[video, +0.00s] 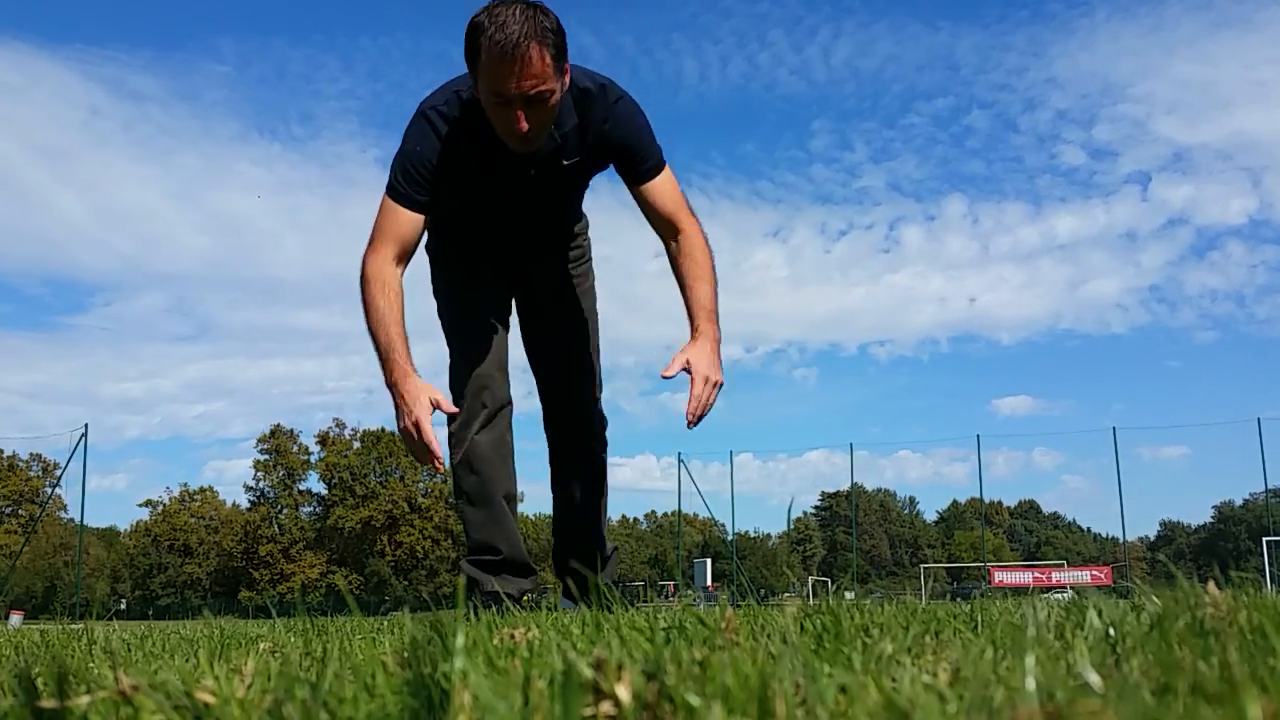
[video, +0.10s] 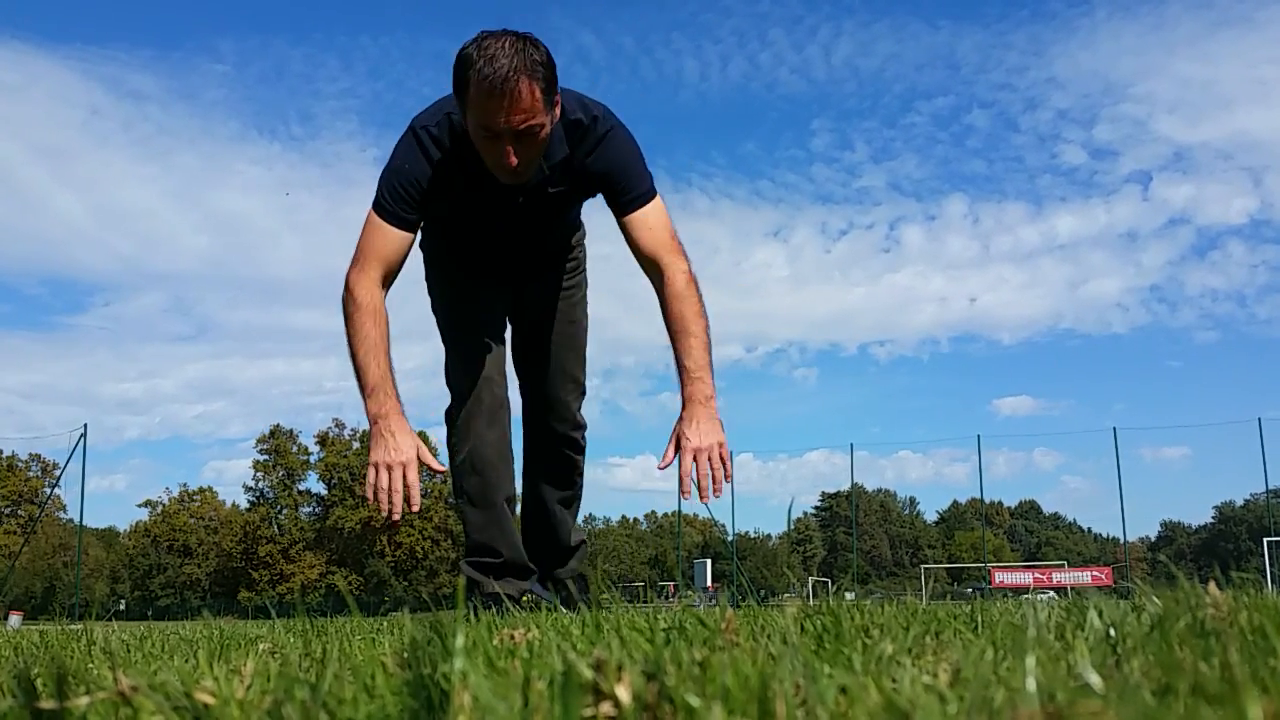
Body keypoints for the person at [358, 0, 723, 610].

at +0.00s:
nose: (520, 121)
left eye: (535, 101)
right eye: (502, 103)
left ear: (564, 76)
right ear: (476, 80)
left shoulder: (604, 110)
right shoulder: (440, 124)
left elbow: (680, 228)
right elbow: (381, 259)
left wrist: (706, 336)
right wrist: (401, 379)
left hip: (556, 248)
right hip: (466, 255)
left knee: (577, 407)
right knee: (482, 400)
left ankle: (588, 583)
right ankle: (498, 590)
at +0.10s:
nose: (509, 154)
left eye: (525, 134)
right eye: (490, 136)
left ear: (554, 110)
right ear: (463, 112)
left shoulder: (596, 136)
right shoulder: (427, 145)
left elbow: (670, 267)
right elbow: (363, 282)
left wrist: (701, 405)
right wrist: (384, 420)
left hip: (551, 259)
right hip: (463, 264)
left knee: (559, 412)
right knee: (479, 407)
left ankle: (559, 577)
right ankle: (497, 584)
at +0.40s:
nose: (501, 279)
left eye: (518, 259)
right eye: (482, 261)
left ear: (546, 227)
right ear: (453, 234)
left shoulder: (585, 243)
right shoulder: (414, 234)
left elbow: (631, 399)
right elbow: (343, 368)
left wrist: (638, 554)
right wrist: (342, 522)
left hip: (548, 295)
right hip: (450, 290)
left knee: (523, 420)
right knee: (460, 415)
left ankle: (495, 566)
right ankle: (493, 580)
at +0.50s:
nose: (502, 317)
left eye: (521, 297)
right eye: (484, 298)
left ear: (552, 265)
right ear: (457, 268)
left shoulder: (588, 279)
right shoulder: (414, 266)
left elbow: (629, 442)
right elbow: (350, 406)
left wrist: (639, 602)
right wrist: (350, 562)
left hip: (550, 320)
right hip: (451, 312)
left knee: (515, 432)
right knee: (440, 426)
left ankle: (476, 578)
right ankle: (494, 579)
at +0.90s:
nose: (519, 300)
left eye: (541, 277)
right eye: (500, 274)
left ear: (575, 261)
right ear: (476, 253)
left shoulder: (620, 292)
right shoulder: (427, 298)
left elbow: (652, 451)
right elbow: (372, 446)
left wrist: (648, 608)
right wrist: (348, 614)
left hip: (561, 374)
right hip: (469, 367)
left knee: (517, 488)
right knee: (379, 437)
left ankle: (480, 593)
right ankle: (477, 580)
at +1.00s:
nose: (516, 300)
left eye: (538, 275)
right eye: (496, 274)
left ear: (572, 260)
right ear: (471, 254)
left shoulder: (618, 289)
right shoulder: (423, 300)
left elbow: (656, 453)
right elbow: (368, 453)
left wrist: (649, 610)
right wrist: (344, 616)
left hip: (559, 382)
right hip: (465, 375)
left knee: (514, 494)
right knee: (381, 474)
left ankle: (476, 586)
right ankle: (457, 560)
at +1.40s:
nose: (505, 321)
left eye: (527, 296)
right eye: (485, 294)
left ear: (556, 283)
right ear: (456, 276)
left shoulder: (593, 312)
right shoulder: (409, 307)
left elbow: (647, 461)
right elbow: (355, 459)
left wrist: (649, 616)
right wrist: (338, 622)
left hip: (526, 422)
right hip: (432, 417)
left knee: (491, 531)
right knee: (415, 530)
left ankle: (469, 606)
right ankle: (395, 606)